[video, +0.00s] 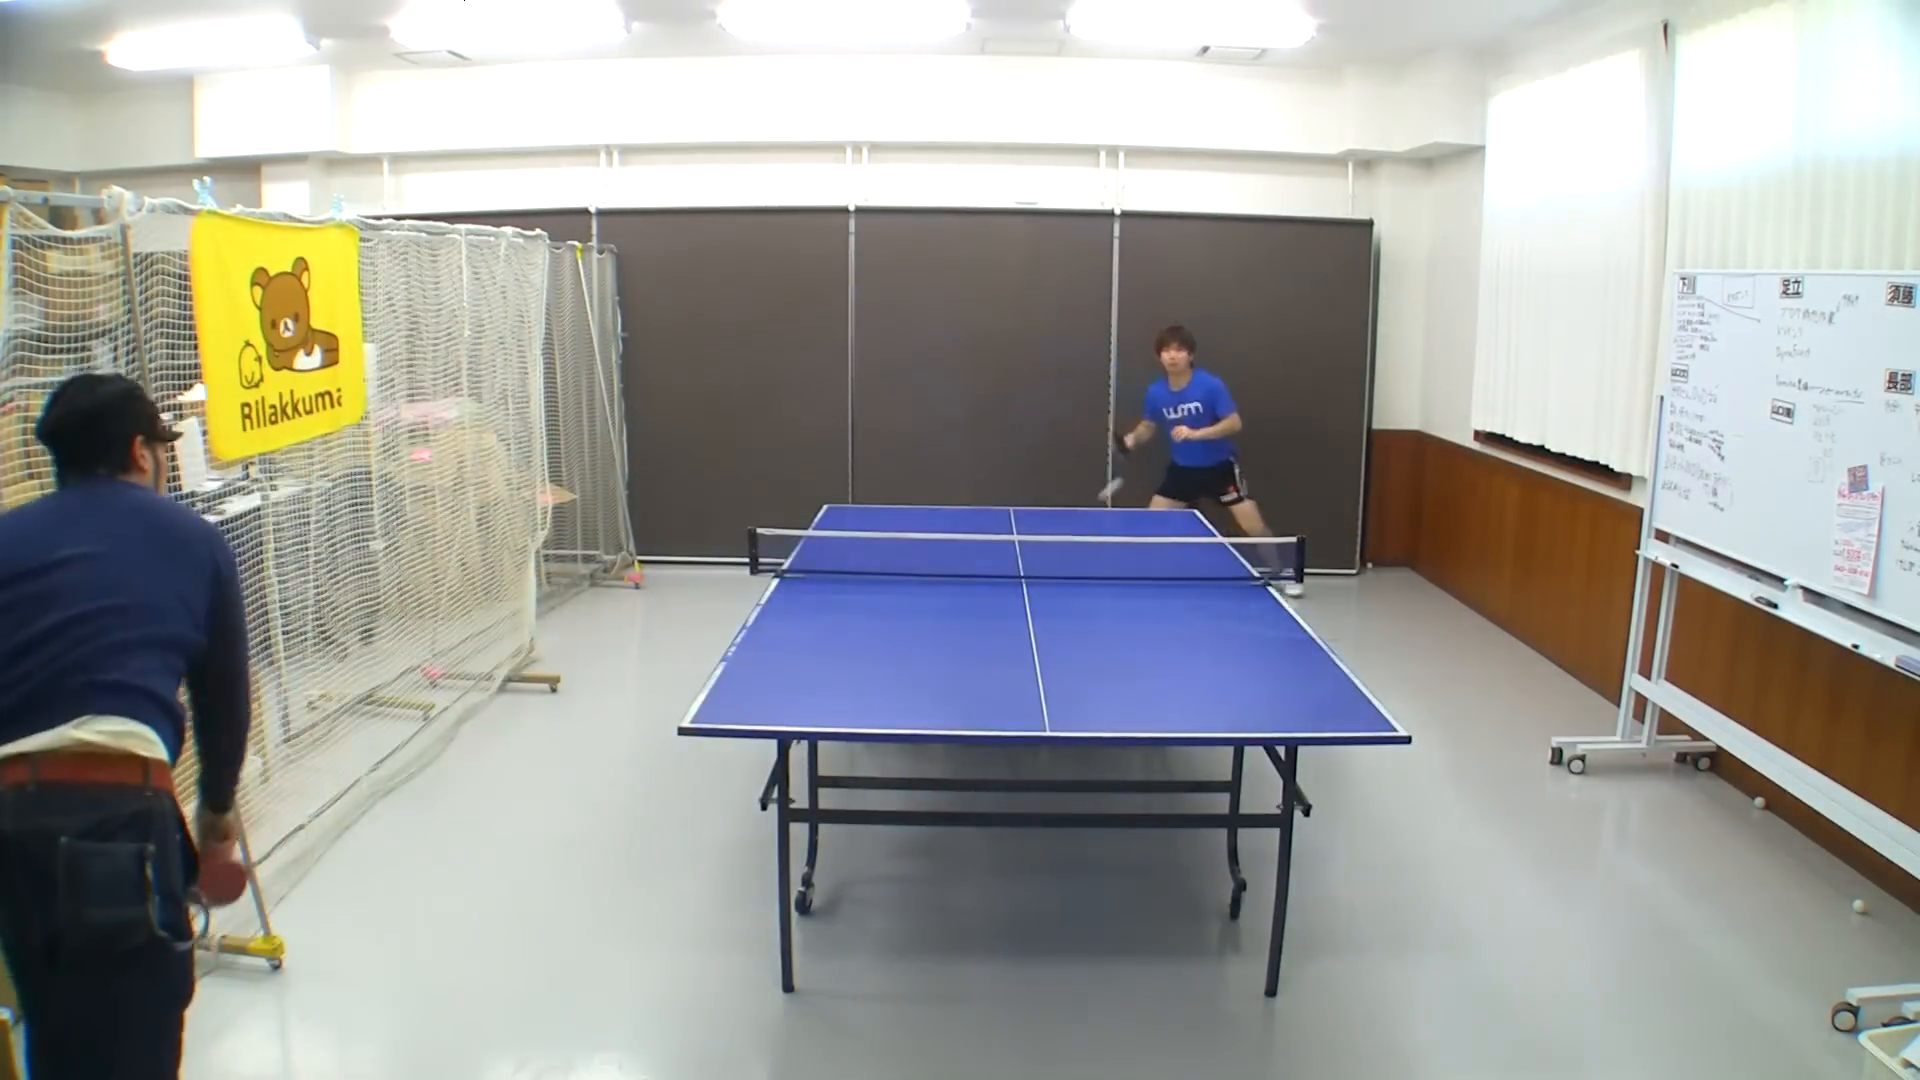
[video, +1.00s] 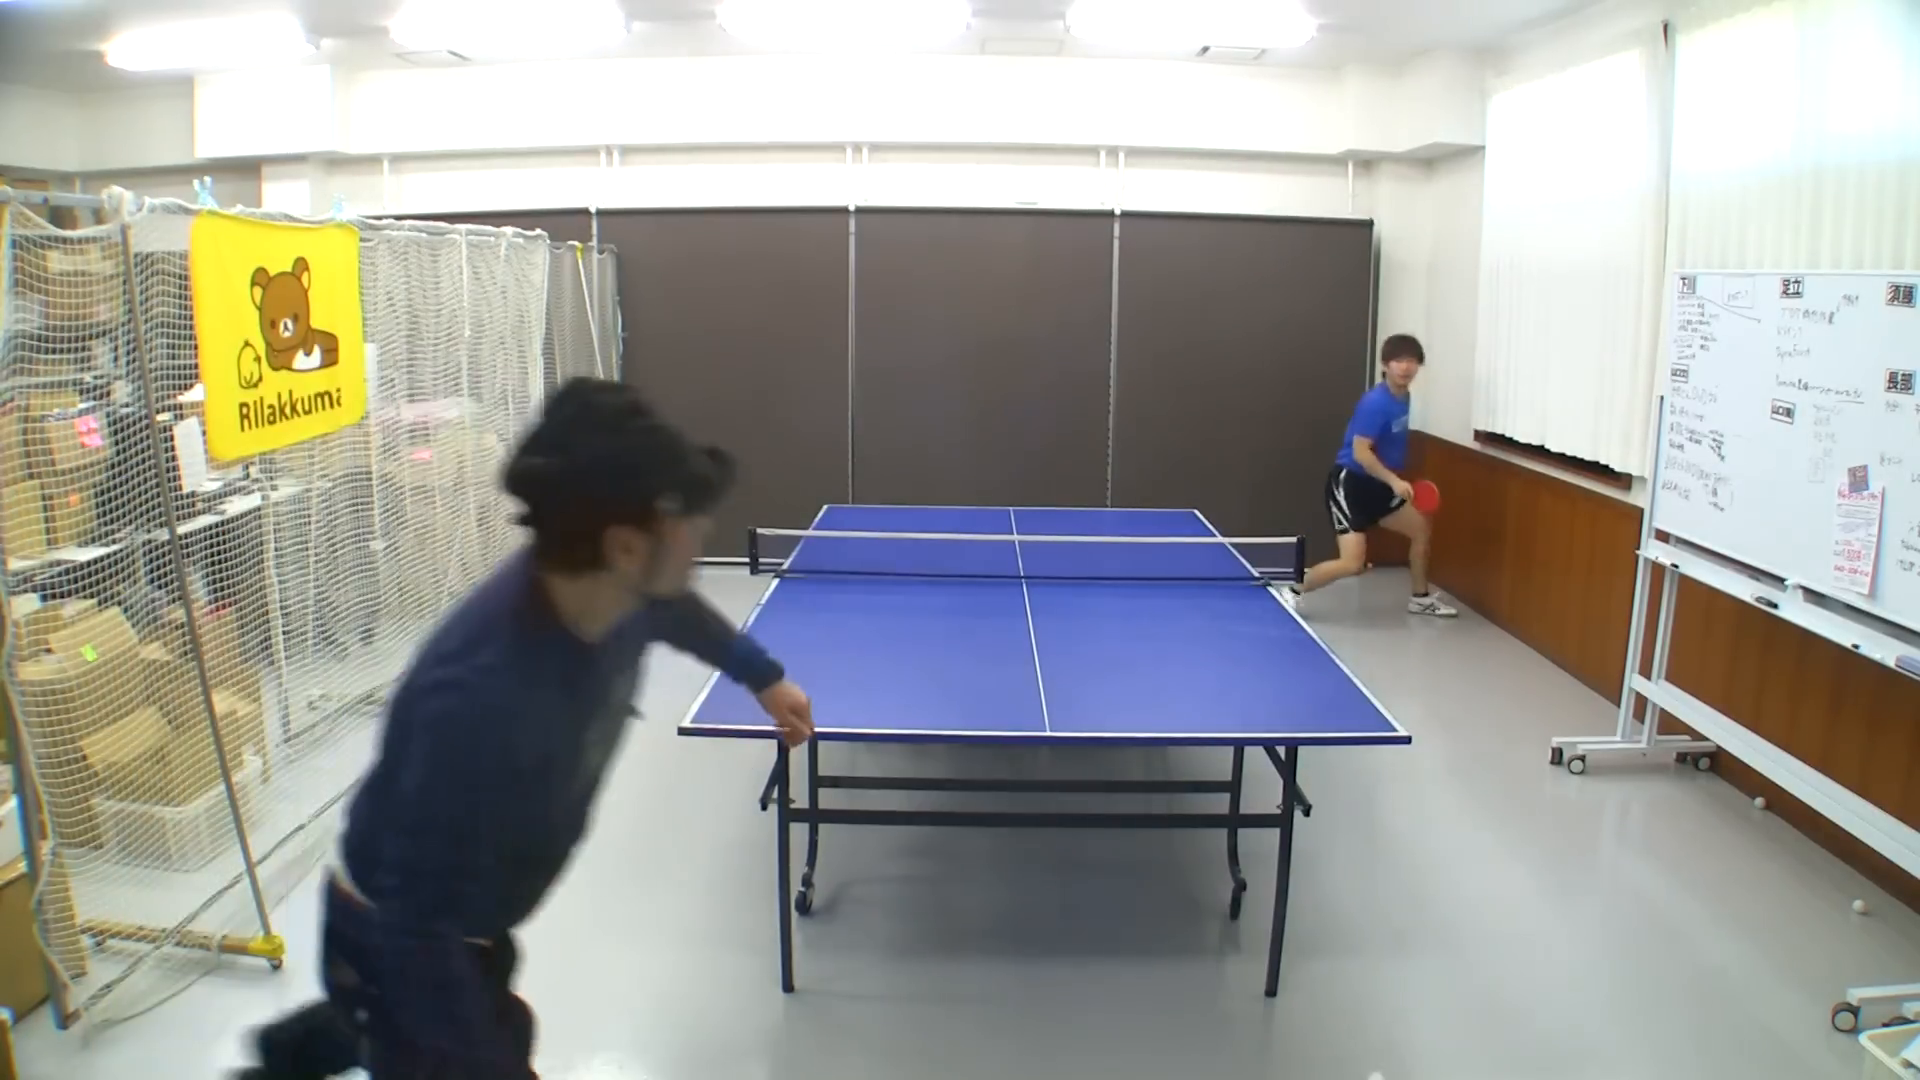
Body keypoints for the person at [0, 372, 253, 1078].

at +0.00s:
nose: (165, 464)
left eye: (163, 449)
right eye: (161, 449)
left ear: (60, 459)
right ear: (139, 452)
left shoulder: (9, 531)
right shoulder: (192, 537)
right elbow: (225, 698)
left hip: (10, 806)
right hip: (123, 813)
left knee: (52, 1032)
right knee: (138, 1039)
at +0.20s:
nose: (177, 426)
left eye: (175, 410)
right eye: (171, 409)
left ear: (67, 423)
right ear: (141, 415)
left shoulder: (13, 510)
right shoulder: (185, 500)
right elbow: (228, 665)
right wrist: (251, 792)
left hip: (11, 795)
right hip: (112, 796)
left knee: (60, 1019)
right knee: (185, 1036)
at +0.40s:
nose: (207, 384)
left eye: (202, 366)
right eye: (196, 369)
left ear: (99, 395)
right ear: (161, 386)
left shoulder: (39, 504)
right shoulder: (192, 483)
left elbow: (11, 651)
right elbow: (242, 644)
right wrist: (328, 761)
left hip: (44, 815)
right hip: (149, 815)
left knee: (90, 1034)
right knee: (253, 1053)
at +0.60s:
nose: (301, 384)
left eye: (295, 366)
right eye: (288, 369)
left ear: (213, 396)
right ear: (242, 394)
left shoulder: (135, 492)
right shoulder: (241, 526)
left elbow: (139, 664)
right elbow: (270, 705)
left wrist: (247, 764)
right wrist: (376, 799)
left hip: (119, 826)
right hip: (194, 841)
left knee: (146, 1013)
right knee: (340, 1058)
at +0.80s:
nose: (462, 443)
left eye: (455, 421)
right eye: (446, 424)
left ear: (390, 450)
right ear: (391, 449)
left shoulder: (381, 539)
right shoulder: (293, 587)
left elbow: (386, 667)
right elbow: (263, 808)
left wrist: (492, 733)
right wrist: (395, 911)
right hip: (257, 891)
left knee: (184, 1020)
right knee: (429, 1071)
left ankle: (115, 1076)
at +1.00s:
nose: (698, 534)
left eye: (692, 515)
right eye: (684, 519)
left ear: (624, 547)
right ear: (625, 548)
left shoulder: (609, 592)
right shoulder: (476, 687)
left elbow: (675, 611)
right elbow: (407, 915)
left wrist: (764, 678)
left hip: (474, 914)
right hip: (401, 942)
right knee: (492, 1061)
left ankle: (294, 1049)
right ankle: (295, 1057)